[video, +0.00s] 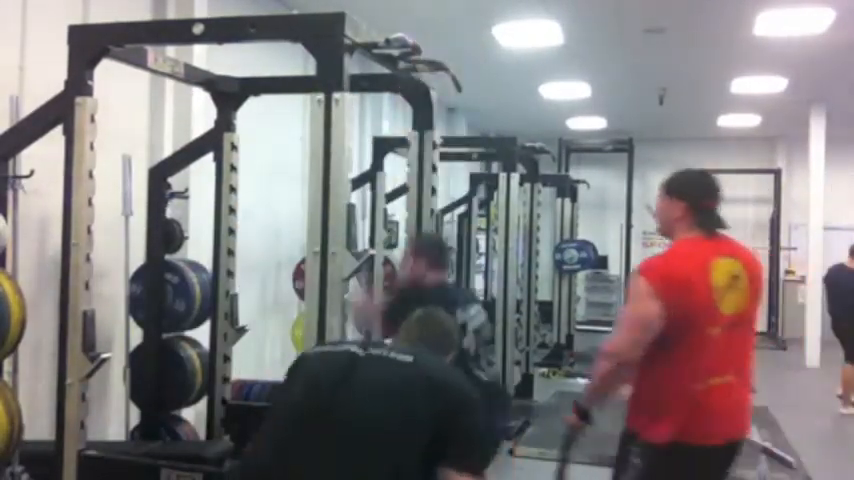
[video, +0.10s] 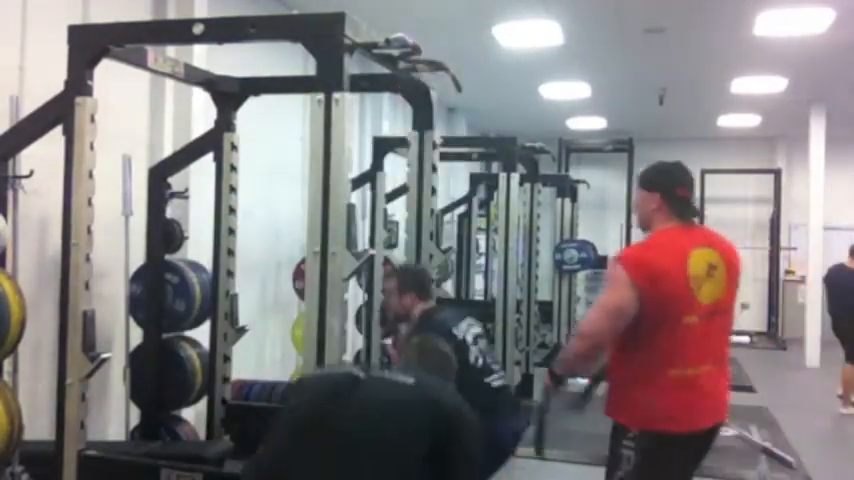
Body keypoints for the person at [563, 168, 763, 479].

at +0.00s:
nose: (655, 209)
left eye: (661, 200)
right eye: (657, 200)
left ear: (680, 207)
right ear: (708, 206)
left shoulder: (658, 273)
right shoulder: (748, 263)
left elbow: (622, 354)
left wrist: (584, 406)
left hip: (666, 430)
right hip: (726, 429)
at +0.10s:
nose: (635, 203)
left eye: (639, 194)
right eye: (636, 194)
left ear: (655, 200)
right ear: (684, 198)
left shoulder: (638, 260)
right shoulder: (724, 251)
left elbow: (592, 335)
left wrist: (559, 371)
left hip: (649, 421)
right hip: (705, 418)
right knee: (675, 473)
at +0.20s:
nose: (617, 200)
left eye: (621, 192)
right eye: (619, 192)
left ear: (639, 198)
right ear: (666, 197)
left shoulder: (622, 258)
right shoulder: (706, 249)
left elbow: (565, 328)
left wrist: (541, 344)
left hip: (636, 418)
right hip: (689, 415)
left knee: (621, 474)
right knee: (659, 473)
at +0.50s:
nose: (588, 207)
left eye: (593, 200)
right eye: (590, 200)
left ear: (615, 205)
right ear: (628, 205)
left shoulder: (614, 258)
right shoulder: (661, 247)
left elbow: (570, 331)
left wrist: (530, 341)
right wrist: (569, 346)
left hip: (618, 409)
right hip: (652, 405)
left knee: (602, 473)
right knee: (635, 473)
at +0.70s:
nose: (580, 210)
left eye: (587, 202)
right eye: (580, 202)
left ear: (614, 206)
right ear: (613, 206)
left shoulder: (626, 251)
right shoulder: (624, 244)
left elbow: (620, 329)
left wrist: (570, 341)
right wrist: (575, 331)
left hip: (632, 400)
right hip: (626, 396)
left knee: (624, 472)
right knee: (618, 472)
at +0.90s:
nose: (606, 214)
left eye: (617, 206)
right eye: (604, 205)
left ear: (643, 209)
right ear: (600, 205)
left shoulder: (657, 255)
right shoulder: (608, 249)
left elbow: (652, 329)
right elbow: (595, 307)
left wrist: (589, 337)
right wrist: (577, 324)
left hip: (655, 403)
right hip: (618, 397)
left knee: (652, 473)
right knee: (619, 471)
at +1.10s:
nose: (650, 216)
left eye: (661, 209)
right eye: (646, 207)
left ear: (685, 214)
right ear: (639, 209)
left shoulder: (701, 264)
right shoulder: (628, 251)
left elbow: (701, 338)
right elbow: (609, 303)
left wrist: (629, 360)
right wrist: (588, 344)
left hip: (689, 413)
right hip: (635, 405)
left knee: (698, 473)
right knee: (631, 473)